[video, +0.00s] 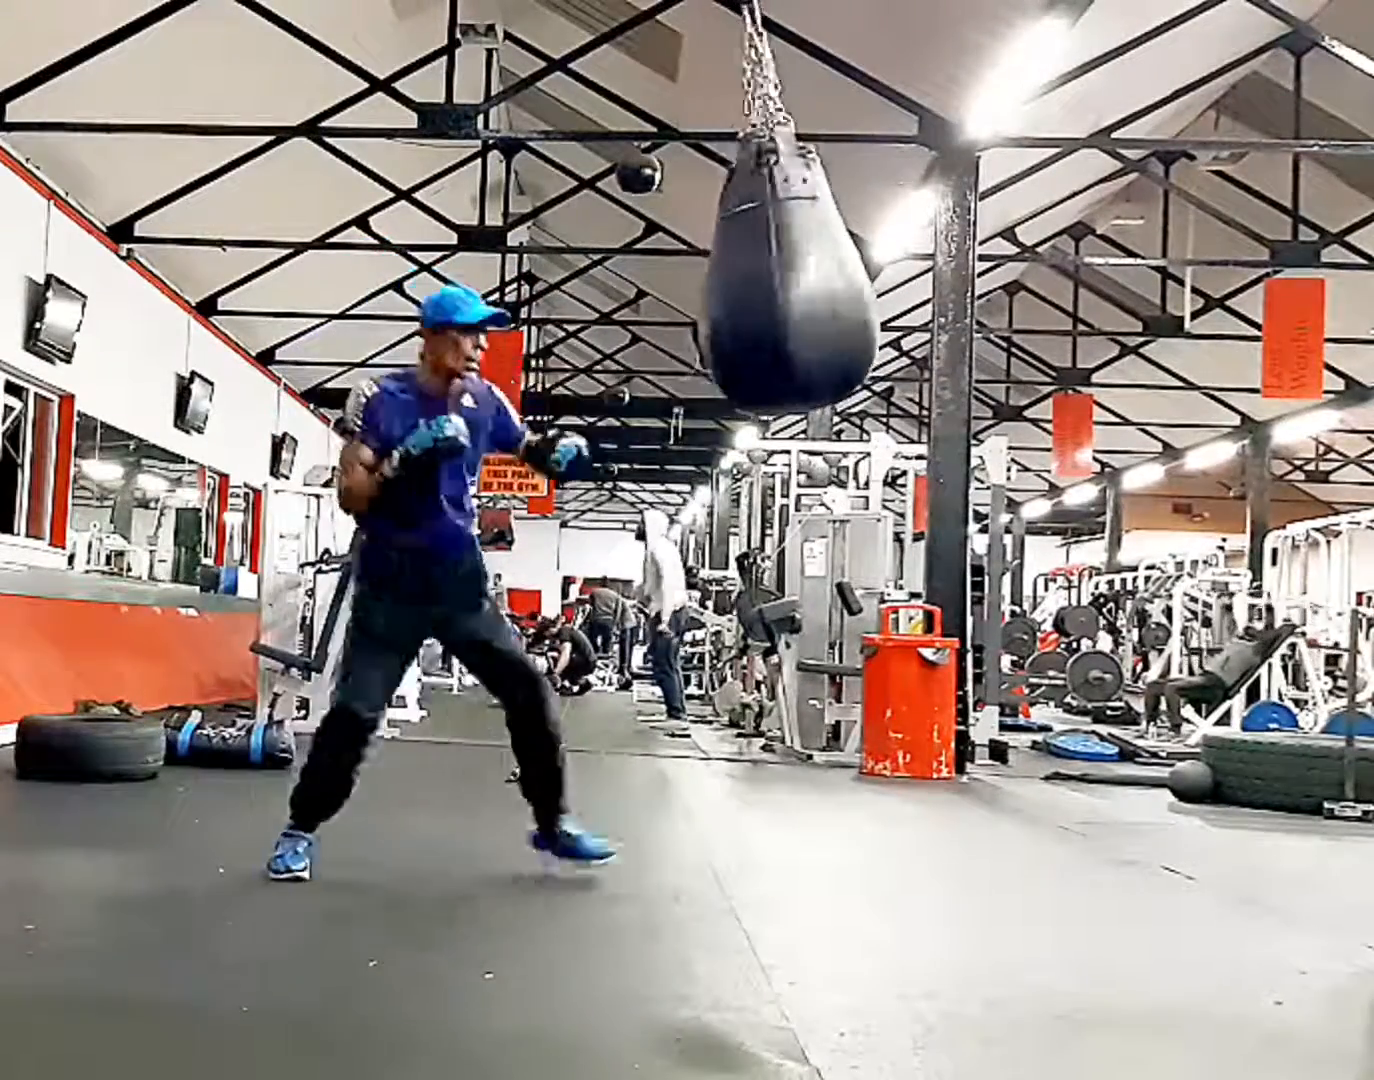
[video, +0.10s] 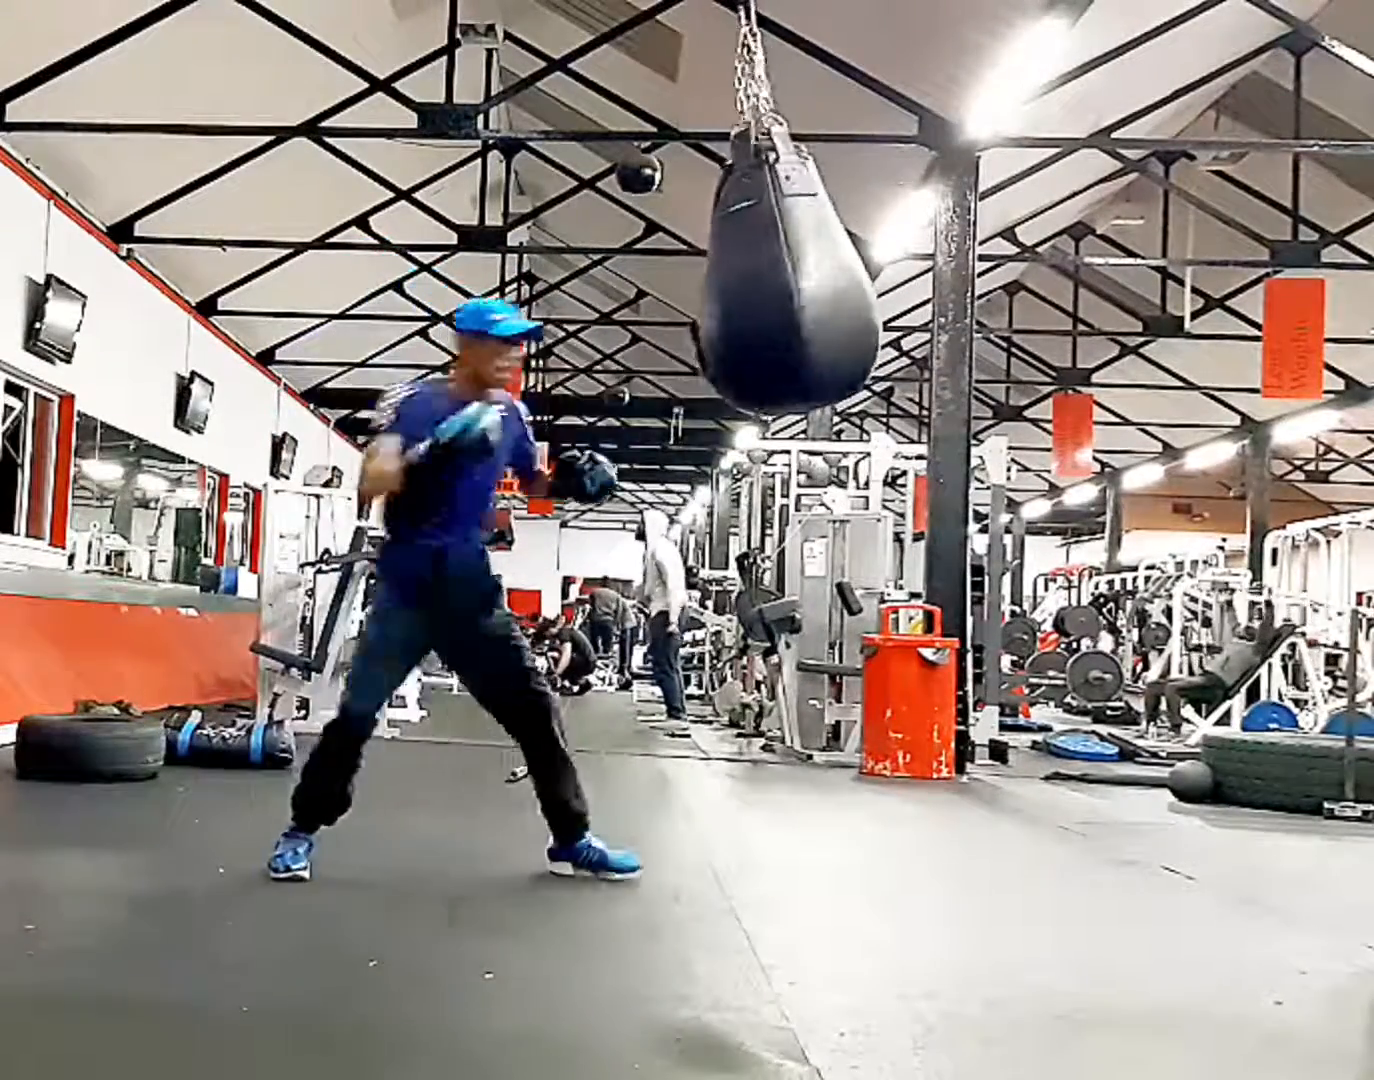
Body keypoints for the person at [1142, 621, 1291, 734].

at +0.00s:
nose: (1248, 631)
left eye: (1253, 630)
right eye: (1248, 630)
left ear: (1258, 637)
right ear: (1246, 632)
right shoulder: (1234, 642)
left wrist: (1266, 637)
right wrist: (1225, 608)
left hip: (1217, 682)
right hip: (1203, 676)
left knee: (1172, 688)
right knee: (1153, 687)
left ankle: (1175, 731)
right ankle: (1147, 728)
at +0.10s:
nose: (1248, 628)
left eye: (1252, 627)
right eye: (1247, 626)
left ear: (1259, 635)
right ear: (1243, 631)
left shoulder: (1256, 652)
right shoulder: (1235, 643)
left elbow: (1267, 629)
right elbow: (1234, 627)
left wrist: (1268, 606)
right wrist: (1229, 606)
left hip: (1218, 682)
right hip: (1204, 676)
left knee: (1172, 688)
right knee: (1152, 687)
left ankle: (1175, 729)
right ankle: (1148, 726)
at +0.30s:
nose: (1251, 628)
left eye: (1257, 628)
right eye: (1250, 625)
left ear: (1259, 637)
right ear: (1245, 631)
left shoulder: (1255, 652)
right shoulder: (1233, 641)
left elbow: (1271, 636)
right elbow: (1228, 624)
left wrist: (1269, 615)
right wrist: (1225, 608)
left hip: (1218, 682)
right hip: (1205, 675)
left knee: (1172, 688)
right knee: (1153, 687)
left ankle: (1176, 730)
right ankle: (1148, 725)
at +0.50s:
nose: (1252, 629)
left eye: (1257, 629)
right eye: (1254, 627)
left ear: (1262, 636)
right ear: (1249, 631)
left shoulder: (1259, 650)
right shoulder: (1237, 643)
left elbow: (1277, 651)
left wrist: (1277, 637)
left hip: (1217, 682)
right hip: (1204, 675)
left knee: (1171, 688)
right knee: (1152, 687)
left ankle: (1175, 731)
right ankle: (1147, 729)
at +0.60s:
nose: (1254, 634)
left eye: (1257, 633)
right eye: (1256, 632)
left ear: (1260, 640)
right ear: (1250, 634)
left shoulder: (1259, 651)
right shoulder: (1238, 644)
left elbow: (1283, 655)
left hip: (1217, 682)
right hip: (1203, 674)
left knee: (1171, 688)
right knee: (1153, 687)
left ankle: (1175, 731)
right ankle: (1148, 728)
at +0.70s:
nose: (1255, 635)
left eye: (1258, 634)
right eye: (1256, 633)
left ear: (1260, 640)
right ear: (1250, 634)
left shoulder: (1257, 651)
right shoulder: (1237, 644)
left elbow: (1281, 654)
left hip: (1217, 682)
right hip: (1203, 674)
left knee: (1171, 688)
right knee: (1152, 687)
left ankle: (1175, 731)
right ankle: (1148, 727)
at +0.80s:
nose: (1251, 629)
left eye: (1256, 628)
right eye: (1252, 626)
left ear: (1261, 636)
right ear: (1247, 631)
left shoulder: (1259, 650)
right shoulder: (1237, 643)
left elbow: (1278, 653)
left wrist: (1274, 637)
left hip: (1217, 682)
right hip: (1204, 674)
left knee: (1171, 687)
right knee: (1152, 688)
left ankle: (1175, 731)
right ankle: (1148, 728)